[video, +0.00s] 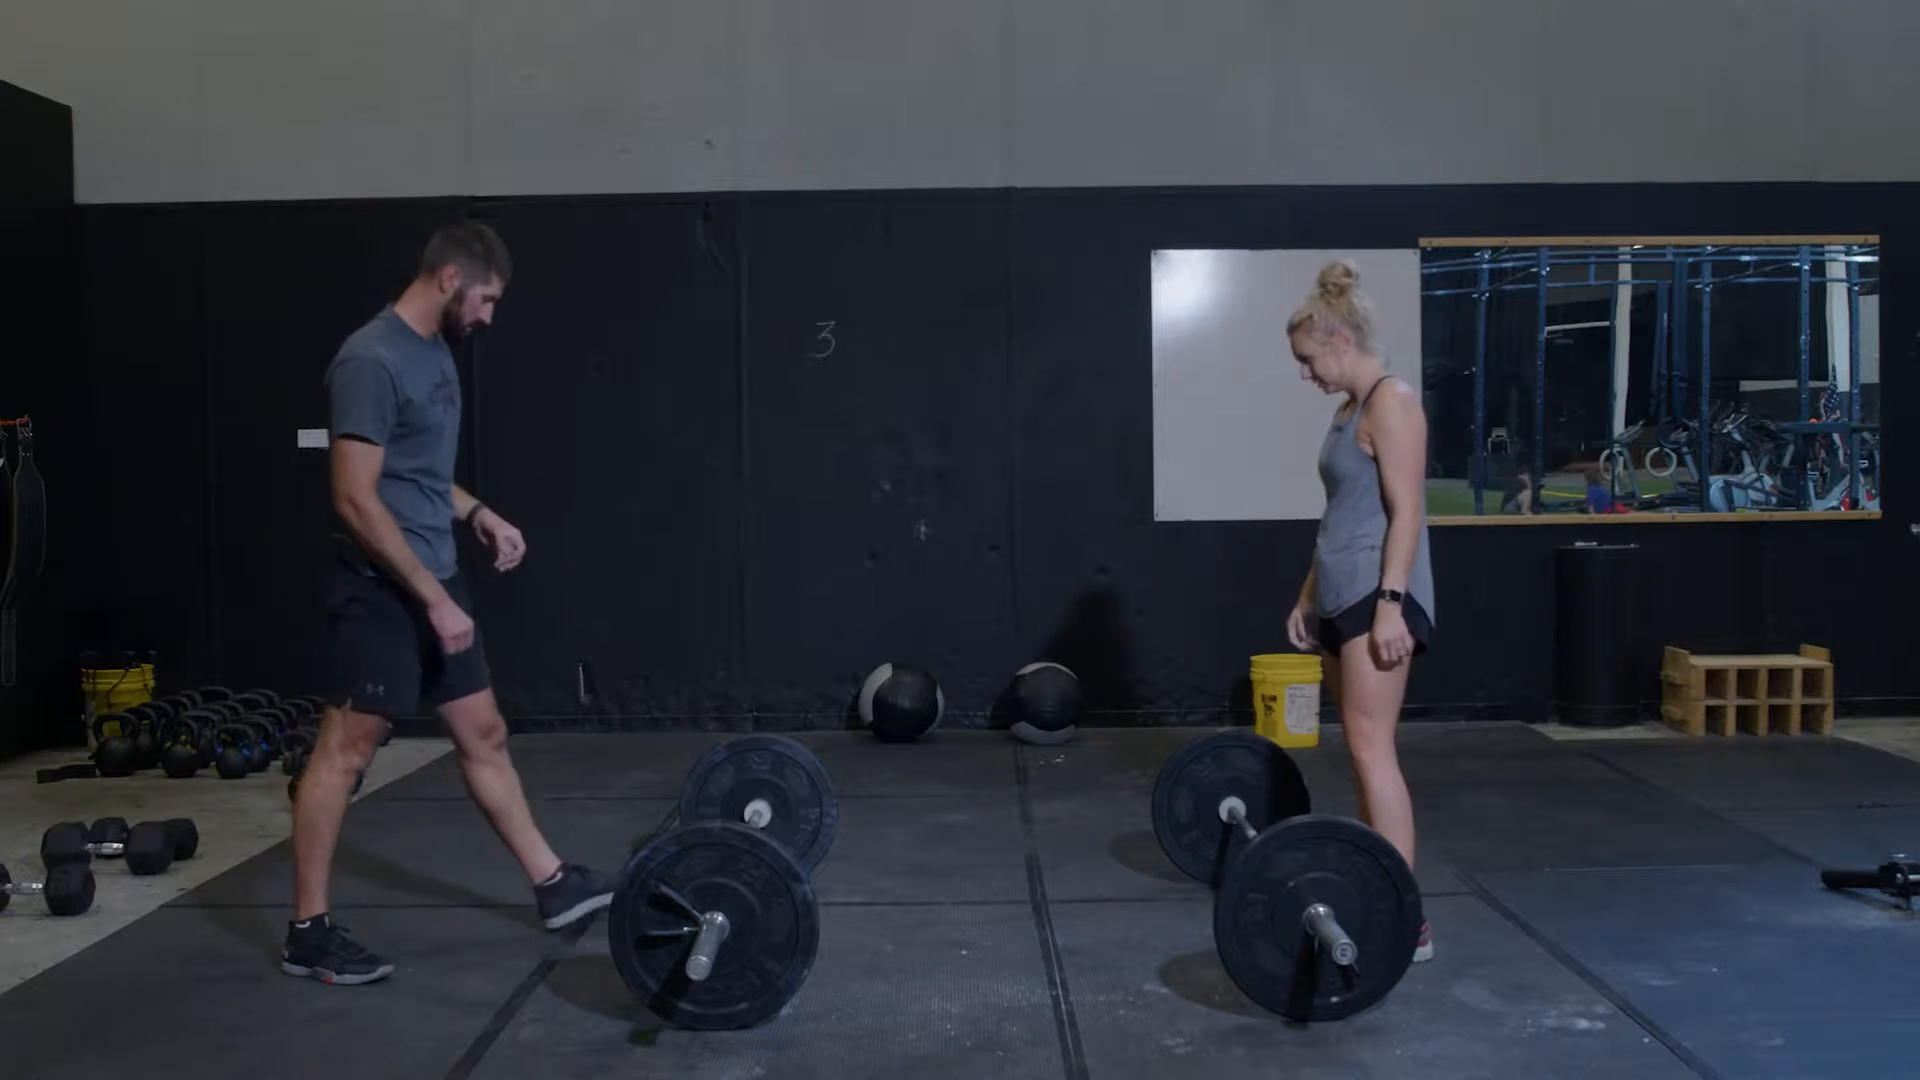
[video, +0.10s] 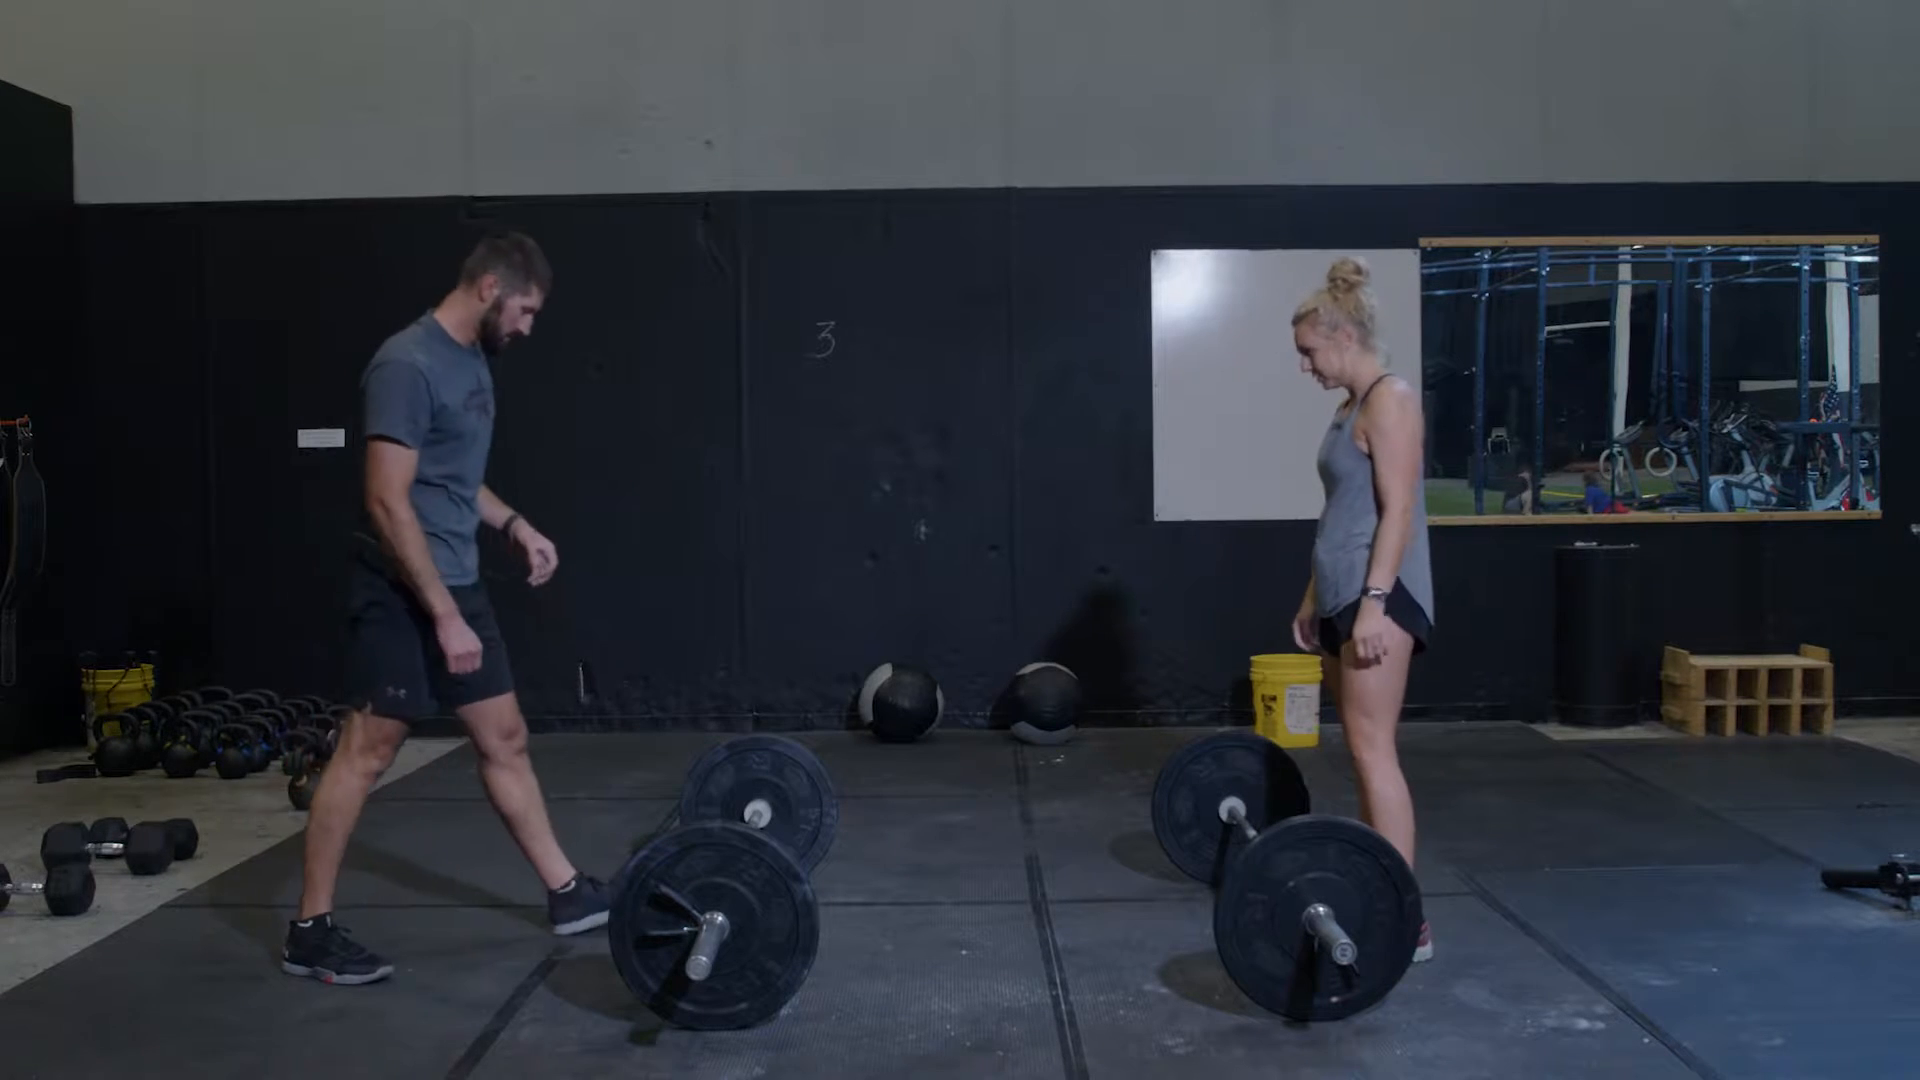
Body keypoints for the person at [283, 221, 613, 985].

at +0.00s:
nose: (488, 316)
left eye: (493, 303)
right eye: (485, 300)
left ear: (453, 285)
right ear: (448, 281)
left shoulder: (436, 355)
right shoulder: (370, 360)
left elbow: (422, 470)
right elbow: (352, 497)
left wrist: (480, 517)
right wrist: (433, 596)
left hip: (433, 579)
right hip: (374, 583)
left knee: (483, 735)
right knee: (344, 749)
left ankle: (553, 883)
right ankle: (309, 927)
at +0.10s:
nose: (526, 328)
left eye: (533, 315)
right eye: (524, 312)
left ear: (495, 295)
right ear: (489, 289)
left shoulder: (471, 364)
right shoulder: (405, 365)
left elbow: (453, 475)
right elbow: (386, 499)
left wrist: (515, 525)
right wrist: (445, 613)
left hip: (458, 587)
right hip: (396, 591)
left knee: (505, 739)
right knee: (366, 749)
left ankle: (567, 893)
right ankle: (310, 926)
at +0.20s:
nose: (572, 339)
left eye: (580, 328)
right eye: (571, 323)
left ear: (543, 306)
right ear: (537, 298)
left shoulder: (510, 373)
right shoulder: (453, 366)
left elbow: (494, 480)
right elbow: (427, 498)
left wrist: (554, 540)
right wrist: (455, 618)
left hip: (485, 581)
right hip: (426, 588)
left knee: (535, 730)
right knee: (409, 753)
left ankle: (575, 892)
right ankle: (319, 921)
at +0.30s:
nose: (618, 356)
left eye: (627, 345)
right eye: (618, 340)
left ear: (592, 317)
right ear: (586, 311)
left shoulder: (552, 378)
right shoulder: (498, 369)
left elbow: (533, 480)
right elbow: (464, 498)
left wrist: (593, 556)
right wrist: (473, 618)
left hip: (504, 575)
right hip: (451, 578)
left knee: (553, 724)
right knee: (469, 753)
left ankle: (578, 893)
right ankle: (349, 899)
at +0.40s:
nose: (655, 377)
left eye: (664, 367)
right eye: (657, 360)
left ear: (635, 337)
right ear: (628, 328)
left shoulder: (594, 392)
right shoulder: (536, 373)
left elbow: (577, 493)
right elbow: (496, 501)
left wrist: (627, 578)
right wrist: (509, 623)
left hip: (513, 558)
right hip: (458, 562)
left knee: (561, 721)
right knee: (518, 730)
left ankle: (577, 893)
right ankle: (403, 883)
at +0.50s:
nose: (686, 398)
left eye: (696, 389)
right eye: (690, 382)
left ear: (667, 356)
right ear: (663, 349)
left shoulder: (625, 408)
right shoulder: (568, 382)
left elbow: (612, 508)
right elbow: (532, 510)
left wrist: (652, 605)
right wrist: (557, 636)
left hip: (524, 561)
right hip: (471, 560)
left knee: (564, 715)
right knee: (530, 726)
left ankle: (576, 893)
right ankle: (473, 905)